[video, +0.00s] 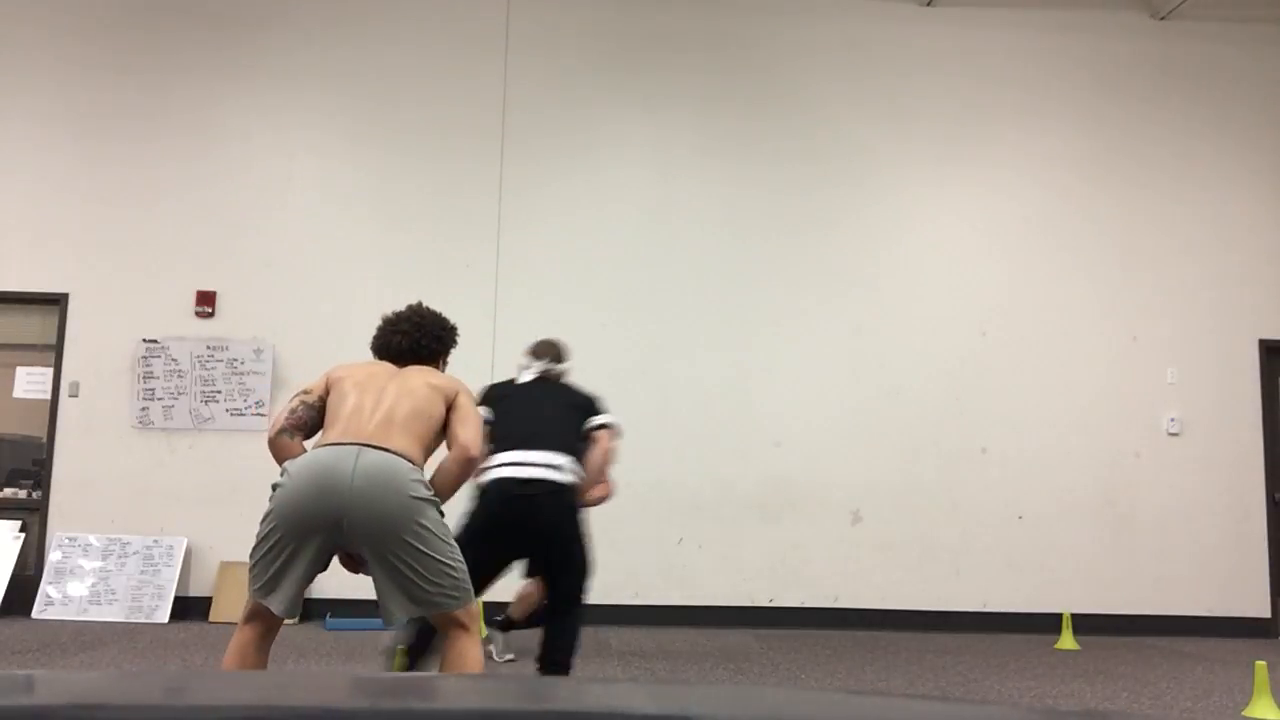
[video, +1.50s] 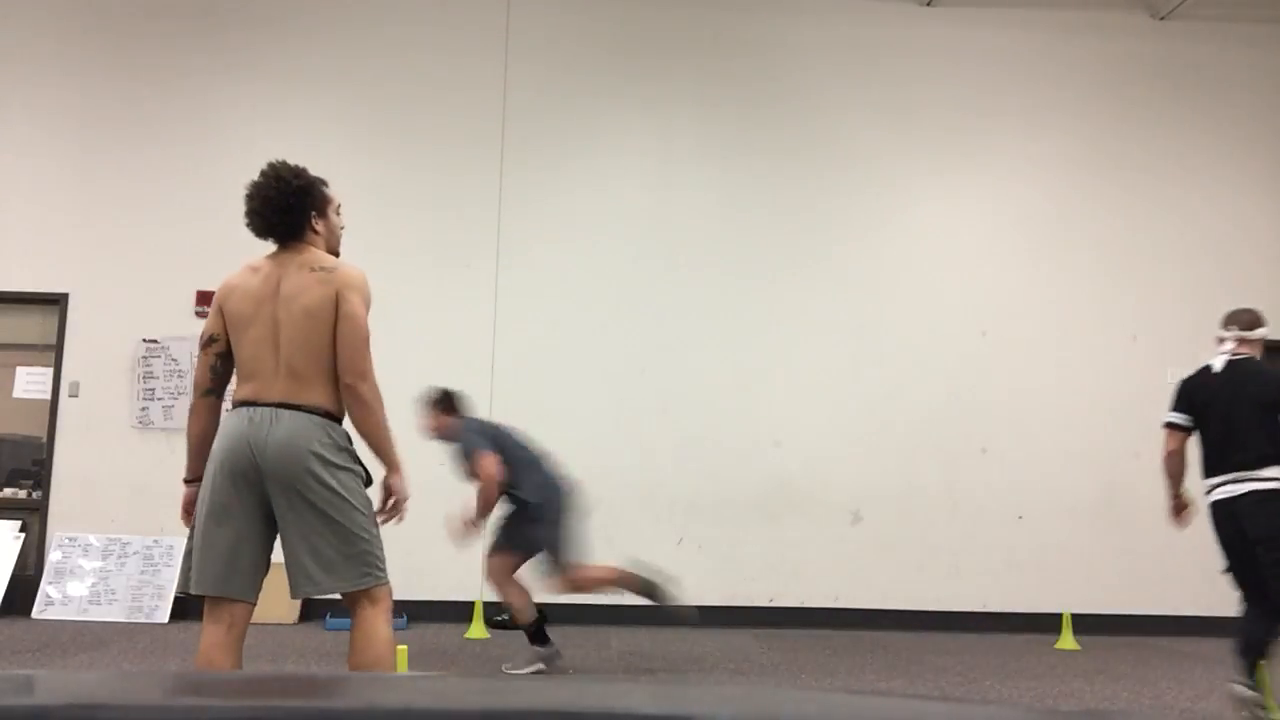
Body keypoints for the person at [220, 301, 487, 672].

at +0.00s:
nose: (448, 367)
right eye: (448, 362)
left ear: (383, 349)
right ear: (439, 359)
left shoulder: (341, 373)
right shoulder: (451, 387)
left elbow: (282, 434)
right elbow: (466, 451)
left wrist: (334, 531)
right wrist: (412, 516)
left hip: (312, 472)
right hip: (394, 476)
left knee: (258, 618)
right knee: (460, 626)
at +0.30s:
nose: (464, 322)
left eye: (462, 317)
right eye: (463, 316)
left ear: (402, 316)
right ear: (457, 318)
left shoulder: (365, 356)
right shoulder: (473, 355)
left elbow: (308, 426)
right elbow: (560, 400)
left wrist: (336, 523)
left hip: (346, 459)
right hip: (424, 465)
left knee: (270, 618)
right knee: (471, 625)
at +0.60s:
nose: (458, 267)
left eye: (455, 258)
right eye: (456, 259)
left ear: (396, 272)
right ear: (444, 265)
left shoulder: (363, 311)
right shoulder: (479, 320)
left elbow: (310, 383)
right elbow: (515, 409)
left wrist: (261, 469)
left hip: (353, 428)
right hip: (430, 436)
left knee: (286, 602)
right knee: (457, 611)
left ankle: (236, 716)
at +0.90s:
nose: (406, 243)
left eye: (402, 233)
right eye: (401, 233)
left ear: (344, 246)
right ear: (387, 242)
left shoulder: (303, 303)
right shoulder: (420, 308)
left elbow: (272, 398)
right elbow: (431, 411)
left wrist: (262, 481)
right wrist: (448, 493)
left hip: (299, 429)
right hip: (375, 436)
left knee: (257, 612)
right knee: (425, 609)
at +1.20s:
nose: (353, 223)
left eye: (350, 213)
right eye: (348, 214)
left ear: (287, 227)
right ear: (328, 223)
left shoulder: (244, 289)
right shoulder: (363, 286)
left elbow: (222, 393)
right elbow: (417, 384)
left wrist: (235, 460)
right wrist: (473, 431)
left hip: (246, 438)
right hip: (323, 438)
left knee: (229, 611)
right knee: (383, 598)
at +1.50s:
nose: (342, 224)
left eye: (339, 213)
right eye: (336, 214)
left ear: (278, 225)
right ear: (316, 221)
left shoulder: (233, 287)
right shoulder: (344, 281)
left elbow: (206, 392)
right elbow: (355, 383)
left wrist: (194, 477)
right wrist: (392, 465)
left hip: (235, 442)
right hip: (311, 442)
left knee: (224, 612)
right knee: (371, 598)